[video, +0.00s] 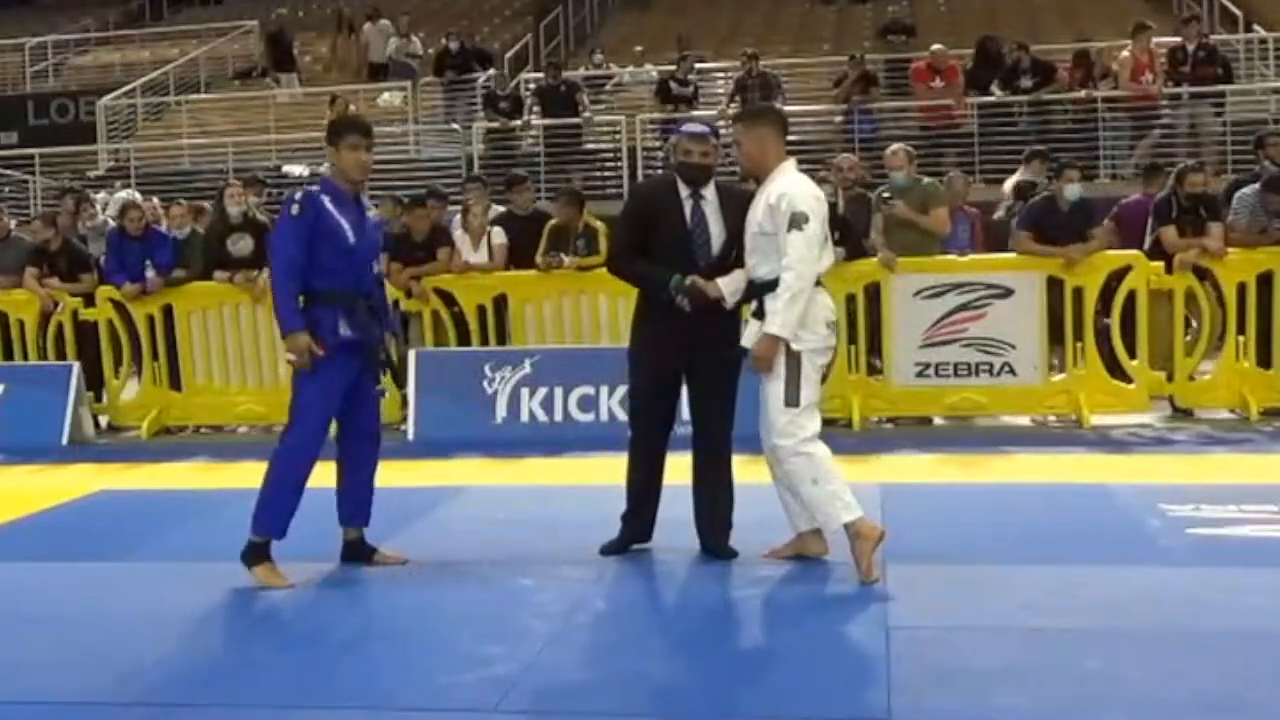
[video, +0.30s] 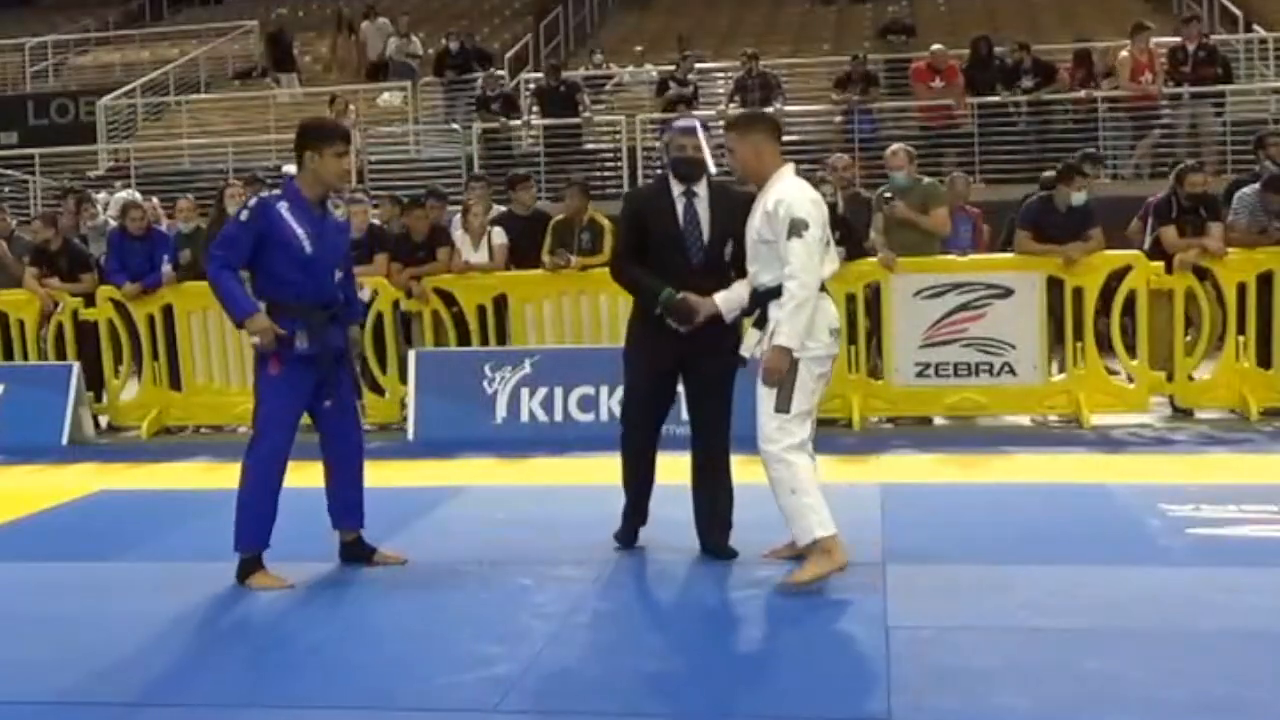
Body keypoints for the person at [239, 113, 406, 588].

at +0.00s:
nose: (364, 159)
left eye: (368, 150)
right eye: (354, 150)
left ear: (371, 156)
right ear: (332, 154)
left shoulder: (362, 211)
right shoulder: (304, 205)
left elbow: (369, 276)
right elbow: (283, 271)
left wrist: (383, 326)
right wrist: (293, 329)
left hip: (365, 336)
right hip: (324, 336)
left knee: (362, 438)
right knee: (304, 438)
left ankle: (355, 540)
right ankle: (259, 545)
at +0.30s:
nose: (348, 166)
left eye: (348, 157)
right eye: (339, 157)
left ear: (332, 160)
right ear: (310, 159)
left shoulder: (335, 221)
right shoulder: (266, 210)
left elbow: (346, 281)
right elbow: (219, 264)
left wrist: (354, 321)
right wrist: (250, 314)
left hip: (332, 348)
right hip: (284, 348)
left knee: (346, 445)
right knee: (268, 452)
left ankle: (352, 541)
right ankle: (250, 560)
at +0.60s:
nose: (341, 167)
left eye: (341, 158)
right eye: (333, 158)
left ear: (319, 160)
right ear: (304, 158)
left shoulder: (324, 210)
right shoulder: (263, 209)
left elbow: (329, 274)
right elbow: (224, 277)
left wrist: (341, 319)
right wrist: (247, 342)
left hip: (326, 333)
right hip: (283, 335)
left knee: (336, 442)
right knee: (272, 447)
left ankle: (312, 547)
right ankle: (250, 559)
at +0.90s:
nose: (364, 164)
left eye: (362, 155)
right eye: (356, 155)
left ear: (337, 160)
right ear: (328, 159)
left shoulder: (343, 214)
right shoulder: (289, 206)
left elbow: (344, 274)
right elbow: (254, 274)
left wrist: (365, 303)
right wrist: (283, 336)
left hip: (340, 334)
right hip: (303, 336)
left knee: (339, 445)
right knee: (322, 442)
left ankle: (309, 549)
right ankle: (269, 538)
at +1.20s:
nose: (412, 178)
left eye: (410, 169)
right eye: (405, 169)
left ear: (384, 173)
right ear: (378, 173)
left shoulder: (380, 223)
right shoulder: (345, 206)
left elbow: (363, 284)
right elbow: (288, 255)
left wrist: (393, 315)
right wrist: (313, 327)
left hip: (347, 340)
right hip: (321, 342)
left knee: (338, 445)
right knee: (365, 446)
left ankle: (309, 551)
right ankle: (386, 563)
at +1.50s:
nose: (475, 241)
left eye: (478, 231)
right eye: (473, 229)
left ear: (444, 219)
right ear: (447, 219)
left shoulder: (403, 231)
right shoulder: (405, 254)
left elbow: (417, 310)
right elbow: (417, 319)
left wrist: (478, 346)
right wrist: (490, 350)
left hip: (310, 332)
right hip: (330, 345)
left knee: (321, 441)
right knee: (380, 454)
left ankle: (297, 547)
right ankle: (385, 566)